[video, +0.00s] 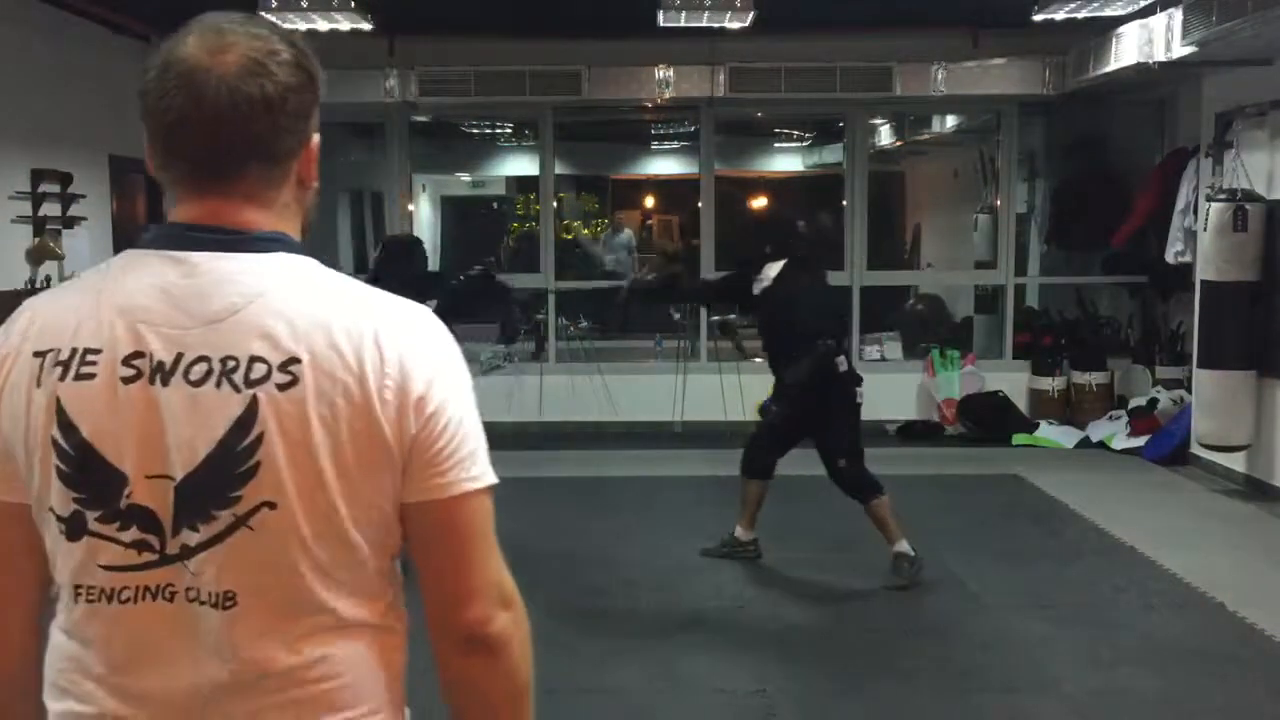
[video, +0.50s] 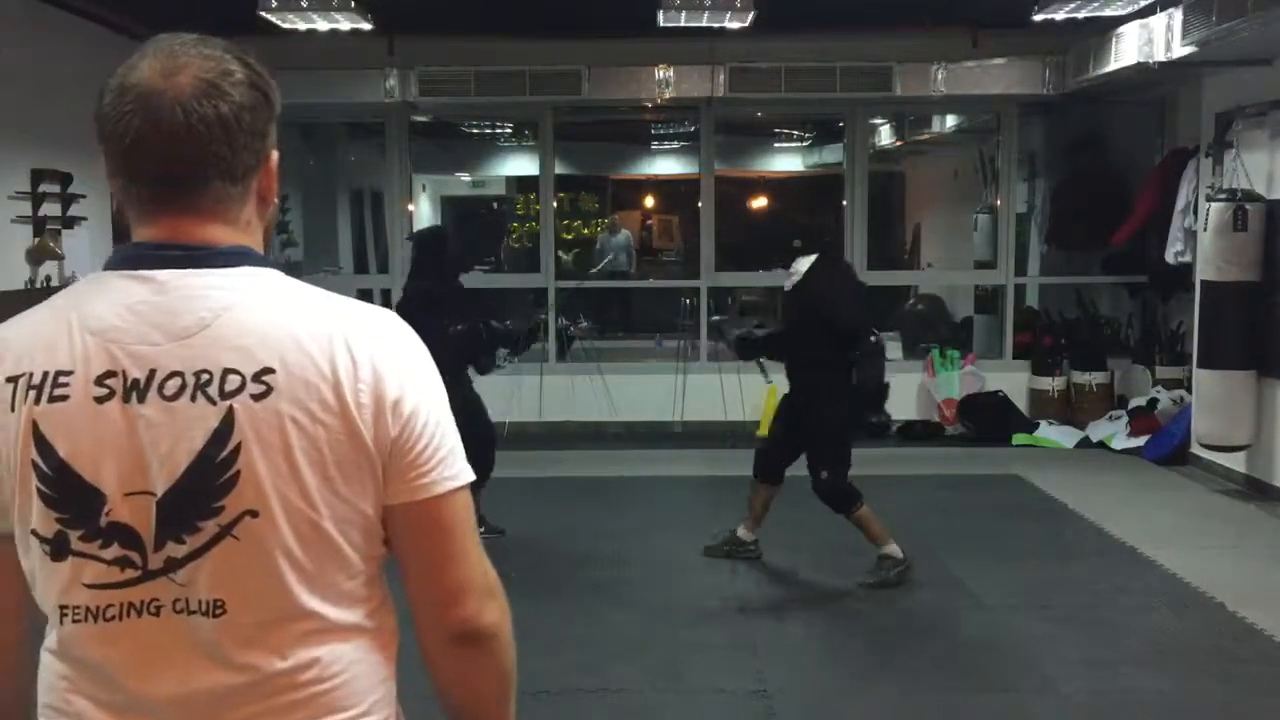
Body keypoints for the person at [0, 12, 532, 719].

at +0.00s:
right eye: (318, 146)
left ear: (153, 159)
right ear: (309, 161)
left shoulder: (33, 336)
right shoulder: (399, 342)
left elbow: (16, 612)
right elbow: (479, 626)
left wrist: (27, 710)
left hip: (95, 704)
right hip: (326, 705)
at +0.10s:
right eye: (294, 145)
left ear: (124, 159)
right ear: (283, 158)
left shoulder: (20, 329)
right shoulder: (378, 337)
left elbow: (8, 589)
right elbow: (458, 609)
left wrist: (18, 708)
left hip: (81, 702)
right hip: (309, 704)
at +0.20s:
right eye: (278, 148)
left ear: (109, 158)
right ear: (264, 159)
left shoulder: (16, 327)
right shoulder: (361, 334)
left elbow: (6, 587)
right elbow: (447, 603)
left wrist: (17, 706)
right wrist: (472, 710)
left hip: (76, 701)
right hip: (302, 703)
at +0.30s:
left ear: (103, 165)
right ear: (258, 166)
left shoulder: (16, 334)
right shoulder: (358, 337)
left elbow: (6, 592)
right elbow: (448, 605)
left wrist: (19, 707)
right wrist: (470, 711)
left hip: (77, 703)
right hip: (306, 704)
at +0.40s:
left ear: (104, 176)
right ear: (260, 173)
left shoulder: (14, 347)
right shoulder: (362, 346)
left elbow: (6, 605)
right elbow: (458, 615)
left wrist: (15, 708)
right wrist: (477, 711)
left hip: (78, 703)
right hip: (312, 704)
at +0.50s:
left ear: (113, 183)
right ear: (269, 176)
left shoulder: (17, 353)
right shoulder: (373, 351)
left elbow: (11, 619)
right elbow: (467, 622)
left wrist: (20, 709)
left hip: (85, 704)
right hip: (320, 705)